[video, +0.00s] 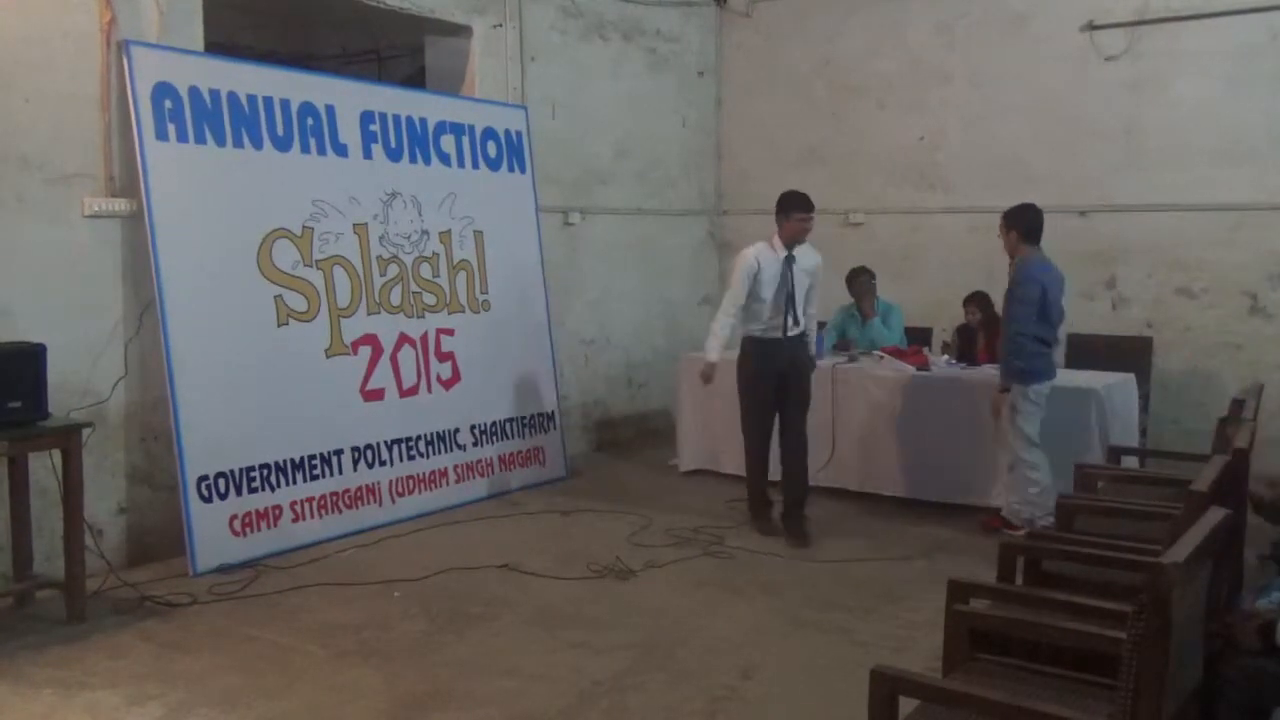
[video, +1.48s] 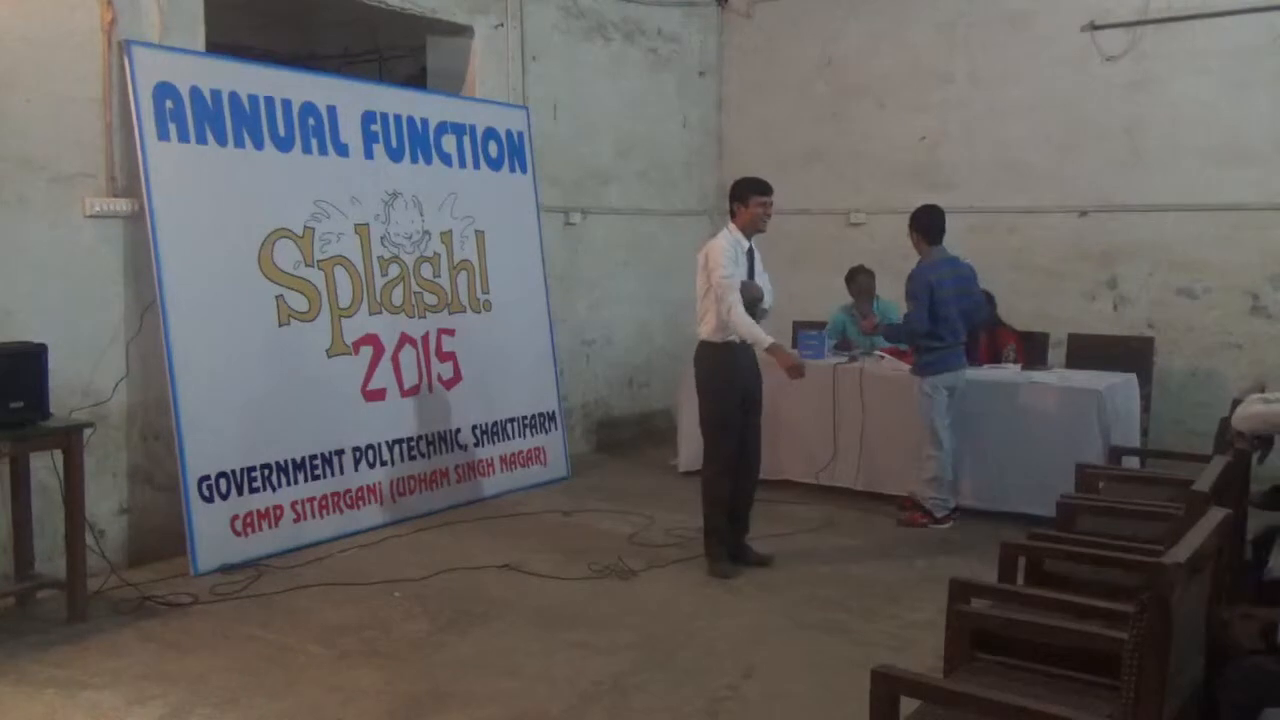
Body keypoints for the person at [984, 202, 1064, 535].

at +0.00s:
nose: (1002, 241)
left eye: (1003, 234)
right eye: (1002, 233)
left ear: (1015, 234)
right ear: (1035, 233)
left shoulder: (1025, 273)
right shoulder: (1050, 270)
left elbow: (1014, 332)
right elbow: (1053, 322)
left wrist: (1004, 382)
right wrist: (1036, 351)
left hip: (1026, 373)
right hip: (1039, 370)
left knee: (1023, 446)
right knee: (1021, 445)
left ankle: (1038, 514)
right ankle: (1017, 511)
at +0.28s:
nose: (993, 239)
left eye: (994, 232)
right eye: (993, 232)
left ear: (1005, 233)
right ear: (1025, 232)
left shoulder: (1009, 273)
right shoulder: (1045, 272)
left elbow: (998, 330)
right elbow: (1053, 322)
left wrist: (973, 364)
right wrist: (1022, 337)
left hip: (1009, 375)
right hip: (1034, 374)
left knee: (994, 444)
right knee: (1024, 446)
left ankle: (1002, 514)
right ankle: (1020, 513)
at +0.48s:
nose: (984, 239)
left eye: (986, 232)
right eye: (985, 232)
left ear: (995, 234)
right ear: (1017, 233)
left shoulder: (995, 272)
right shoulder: (1039, 272)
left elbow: (982, 323)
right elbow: (1051, 321)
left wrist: (980, 356)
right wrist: (1028, 345)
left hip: (998, 375)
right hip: (1028, 373)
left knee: (977, 443)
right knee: (1021, 449)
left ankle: (963, 509)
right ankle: (1018, 515)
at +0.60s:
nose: (976, 240)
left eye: (977, 234)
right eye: (977, 233)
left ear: (985, 236)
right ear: (1010, 233)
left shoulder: (986, 274)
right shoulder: (1033, 274)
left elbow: (967, 324)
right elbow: (1046, 322)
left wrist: (940, 331)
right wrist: (1025, 350)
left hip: (990, 377)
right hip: (1021, 374)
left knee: (969, 444)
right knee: (1017, 451)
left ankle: (946, 507)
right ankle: (1017, 516)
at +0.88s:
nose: (952, 241)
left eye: (953, 236)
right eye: (953, 236)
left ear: (959, 237)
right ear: (985, 234)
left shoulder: (956, 278)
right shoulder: (1007, 275)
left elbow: (933, 326)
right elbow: (1018, 323)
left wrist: (902, 315)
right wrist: (986, 319)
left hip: (960, 377)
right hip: (992, 374)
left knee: (948, 445)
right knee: (995, 444)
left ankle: (939, 509)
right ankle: (1011, 511)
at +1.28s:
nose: (920, 239)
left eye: (920, 234)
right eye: (921, 234)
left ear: (926, 236)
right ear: (952, 233)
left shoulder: (927, 277)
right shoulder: (974, 269)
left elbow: (917, 329)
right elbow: (989, 317)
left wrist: (882, 324)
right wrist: (960, 328)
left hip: (938, 369)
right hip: (966, 365)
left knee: (941, 437)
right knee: (951, 430)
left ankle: (938, 507)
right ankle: (970, 497)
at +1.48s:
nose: (910, 238)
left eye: (910, 233)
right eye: (912, 233)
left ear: (915, 236)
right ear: (942, 232)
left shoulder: (920, 275)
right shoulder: (963, 269)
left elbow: (916, 328)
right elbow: (978, 314)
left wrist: (881, 329)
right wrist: (951, 331)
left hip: (933, 369)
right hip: (957, 365)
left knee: (934, 439)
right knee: (942, 435)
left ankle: (937, 506)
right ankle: (938, 497)